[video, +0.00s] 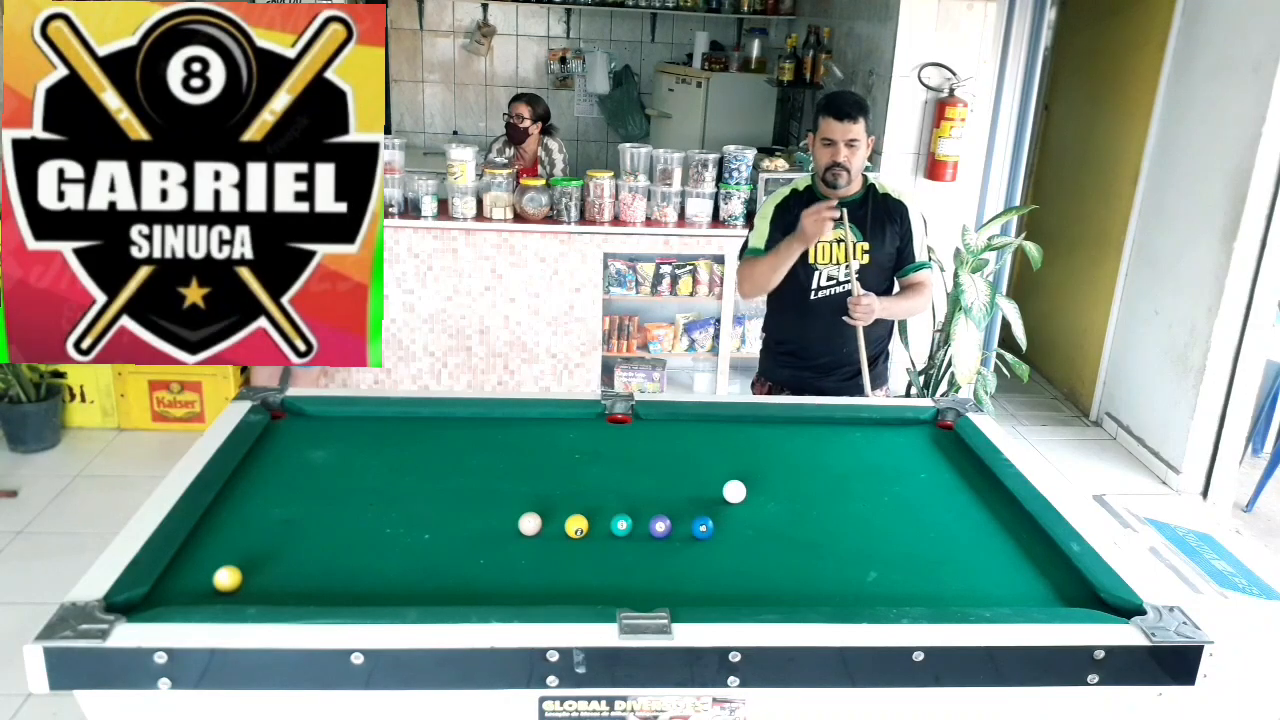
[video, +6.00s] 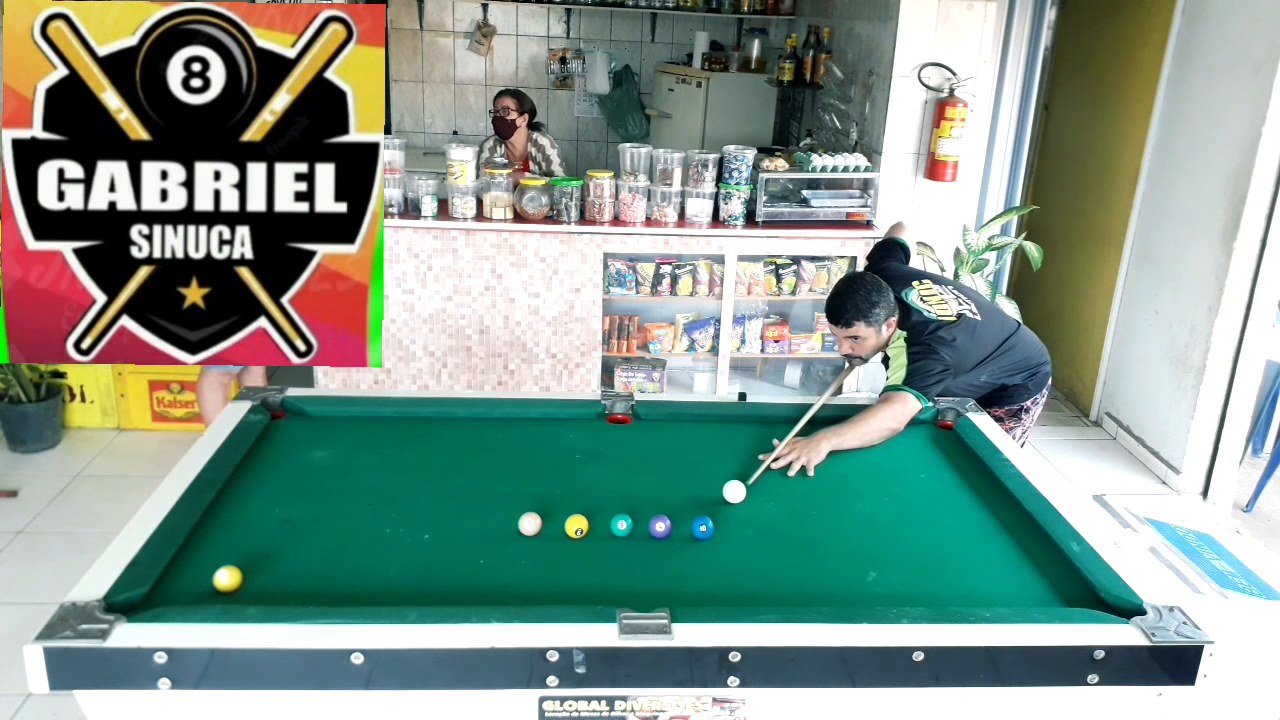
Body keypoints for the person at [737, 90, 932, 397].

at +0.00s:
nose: (839, 156)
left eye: (851, 145)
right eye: (828, 144)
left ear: (869, 148)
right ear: (811, 145)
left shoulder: (894, 212)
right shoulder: (782, 206)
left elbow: (921, 293)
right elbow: (747, 286)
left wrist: (881, 307)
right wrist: (799, 241)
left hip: (862, 393)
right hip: (784, 390)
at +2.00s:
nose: (877, 166)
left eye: (892, 156)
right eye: (871, 152)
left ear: (921, 158)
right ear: (863, 147)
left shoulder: (948, 212)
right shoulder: (842, 212)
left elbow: (985, 291)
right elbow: (817, 286)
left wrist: (956, 245)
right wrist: (806, 355)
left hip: (915, 388)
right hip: (846, 382)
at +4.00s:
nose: (853, 346)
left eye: (864, 337)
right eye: (846, 333)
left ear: (898, 324)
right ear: (841, 317)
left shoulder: (931, 350)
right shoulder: (893, 272)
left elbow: (898, 415)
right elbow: (907, 231)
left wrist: (828, 440)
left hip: (1026, 377)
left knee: (990, 478)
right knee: (951, 462)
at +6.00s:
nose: (844, 349)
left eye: (854, 338)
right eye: (837, 336)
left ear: (889, 326)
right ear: (833, 318)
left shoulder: (926, 351)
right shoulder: (885, 272)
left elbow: (893, 415)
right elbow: (901, 229)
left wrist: (824, 439)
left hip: (1021, 375)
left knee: (986, 475)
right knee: (946, 459)